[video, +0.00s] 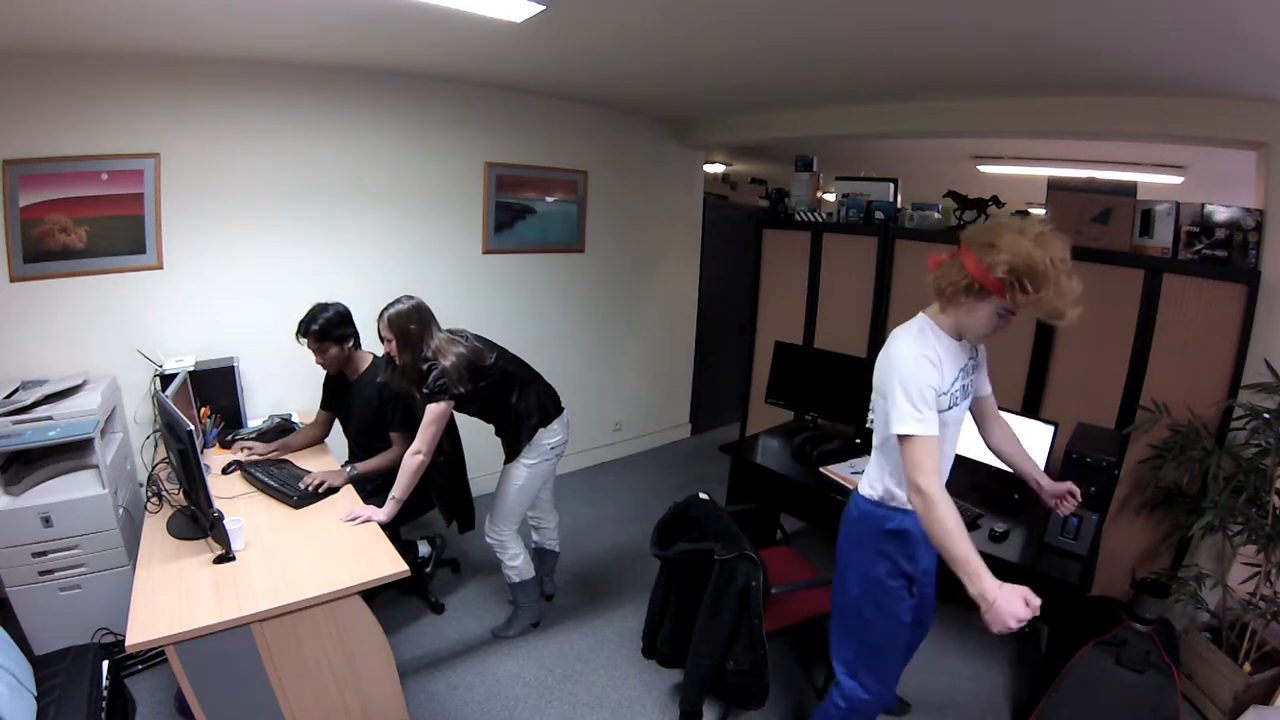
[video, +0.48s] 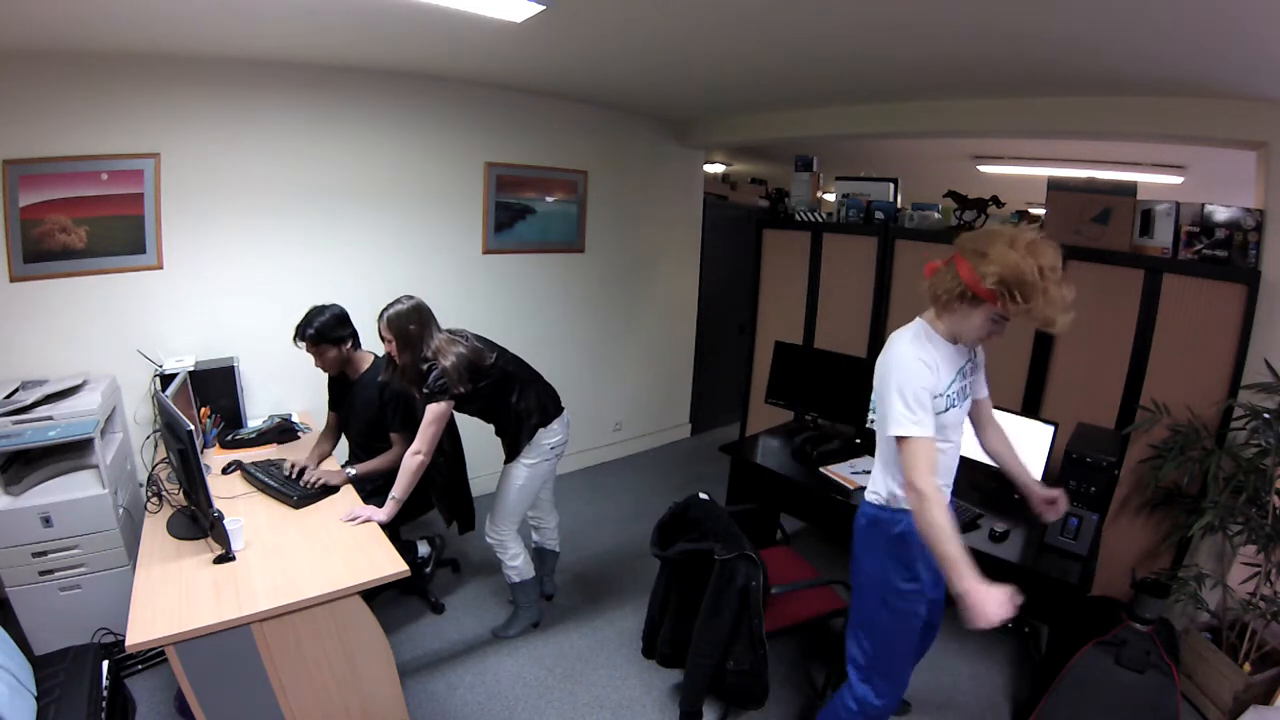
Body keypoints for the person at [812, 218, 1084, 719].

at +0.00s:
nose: (1006, 327)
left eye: (1012, 316)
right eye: (1004, 313)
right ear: (970, 289)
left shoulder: (966, 344)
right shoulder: (911, 356)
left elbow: (989, 420)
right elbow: (923, 489)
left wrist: (1040, 481)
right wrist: (987, 590)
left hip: (921, 522)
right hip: (882, 527)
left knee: (911, 623)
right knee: (865, 679)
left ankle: (876, 691)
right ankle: (845, 709)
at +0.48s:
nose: (999, 334)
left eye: (1005, 323)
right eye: (997, 320)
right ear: (970, 299)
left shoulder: (965, 347)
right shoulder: (908, 357)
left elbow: (984, 422)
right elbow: (919, 487)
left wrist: (1030, 486)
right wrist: (971, 586)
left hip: (932, 518)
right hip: (892, 528)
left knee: (917, 632)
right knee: (875, 688)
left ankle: (881, 694)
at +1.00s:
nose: (1000, 334)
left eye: (1007, 323)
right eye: (999, 320)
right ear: (969, 296)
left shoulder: (962, 347)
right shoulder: (906, 360)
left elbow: (970, 428)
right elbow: (901, 489)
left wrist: (998, 501)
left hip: (943, 512)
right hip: (904, 522)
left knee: (913, 619)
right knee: (886, 657)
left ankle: (883, 694)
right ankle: (848, 712)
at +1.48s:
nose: (998, 329)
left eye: (1004, 318)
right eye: (996, 316)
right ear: (966, 293)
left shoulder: (959, 340)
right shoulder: (904, 355)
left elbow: (966, 419)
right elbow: (894, 486)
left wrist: (988, 494)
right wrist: (906, 590)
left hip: (948, 510)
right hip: (910, 519)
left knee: (919, 614)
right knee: (889, 641)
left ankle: (880, 689)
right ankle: (838, 713)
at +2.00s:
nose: (999, 330)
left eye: (1006, 319)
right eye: (998, 316)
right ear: (971, 293)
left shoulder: (959, 339)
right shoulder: (904, 356)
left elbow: (965, 420)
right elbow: (897, 487)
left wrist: (994, 492)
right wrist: (924, 588)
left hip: (946, 512)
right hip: (907, 522)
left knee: (915, 615)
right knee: (874, 652)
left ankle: (878, 689)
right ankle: (838, 713)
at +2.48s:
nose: (1002, 327)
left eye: (1008, 317)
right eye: (999, 314)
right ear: (970, 291)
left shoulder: (960, 338)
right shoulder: (908, 354)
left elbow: (970, 417)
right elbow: (910, 482)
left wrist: (1007, 488)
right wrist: (955, 581)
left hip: (943, 508)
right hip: (902, 520)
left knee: (909, 614)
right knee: (873, 647)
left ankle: (874, 688)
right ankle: (837, 712)